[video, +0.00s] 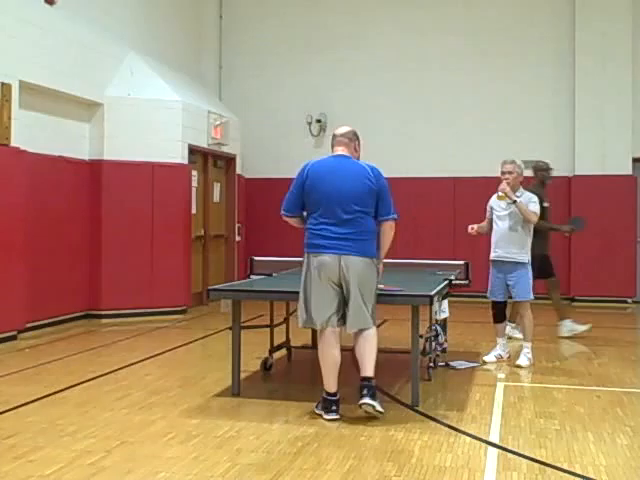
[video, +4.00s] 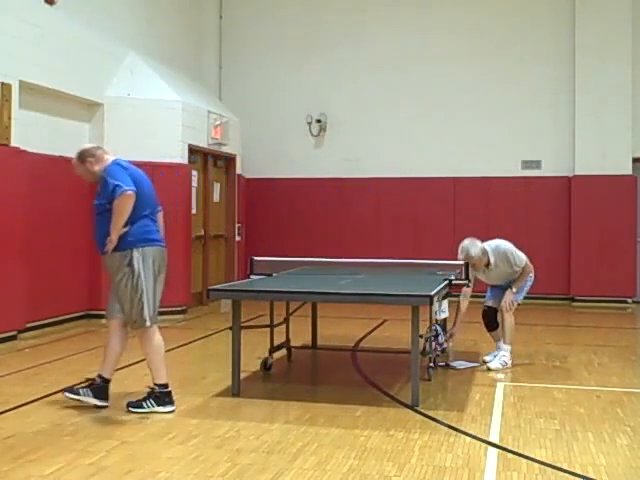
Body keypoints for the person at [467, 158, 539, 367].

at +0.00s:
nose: (506, 177)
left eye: (510, 173)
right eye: (503, 173)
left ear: (521, 176)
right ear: (500, 176)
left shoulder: (529, 198)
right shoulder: (494, 200)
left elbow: (533, 219)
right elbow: (488, 224)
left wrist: (513, 199)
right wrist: (478, 228)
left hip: (520, 260)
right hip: (497, 259)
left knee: (523, 305)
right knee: (497, 304)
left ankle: (527, 348)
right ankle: (501, 347)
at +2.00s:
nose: (501, 187)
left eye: (505, 183)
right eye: (499, 183)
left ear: (516, 181)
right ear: (497, 183)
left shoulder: (530, 201)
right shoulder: (494, 198)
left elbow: (537, 229)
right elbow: (481, 224)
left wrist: (513, 228)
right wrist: (482, 219)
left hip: (519, 261)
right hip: (497, 260)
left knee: (522, 305)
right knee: (497, 304)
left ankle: (526, 349)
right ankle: (501, 347)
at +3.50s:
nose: (480, 200)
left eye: (483, 195)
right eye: (478, 196)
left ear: (494, 190)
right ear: (477, 193)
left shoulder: (511, 205)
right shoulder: (476, 206)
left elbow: (520, 236)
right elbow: (471, 231)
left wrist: (504, 257)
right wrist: (475, 249)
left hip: (508, 263)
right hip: (487, 263)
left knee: (506, 305)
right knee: (490, 306)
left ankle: (508, 350)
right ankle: (499, 346)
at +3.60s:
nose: (476, 209)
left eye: (479, 206)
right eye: (474, 206)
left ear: (490, 200)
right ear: (473, 203)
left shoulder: (509, 212)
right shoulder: (474, 213)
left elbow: (518, 244)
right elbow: (472, 240)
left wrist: (504, 269)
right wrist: (473, 261)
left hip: (510, 263)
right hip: (489, 264)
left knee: (506, 305)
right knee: (489, 306)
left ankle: (506, 352)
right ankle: (499, 346)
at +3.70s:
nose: (471, 223)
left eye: (474, 220)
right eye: (470, 220)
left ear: (485, 214)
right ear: (469, 216)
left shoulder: (507, 222)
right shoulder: (471, 227)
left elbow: (519, 251)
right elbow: (470, 254)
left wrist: (507, 280)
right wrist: (469, 282)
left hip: (514, 267)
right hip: (492, 268)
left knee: (504, 306)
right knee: (488, 309)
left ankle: (506, 352)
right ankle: (500, 346)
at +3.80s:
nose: (470, 239)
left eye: (472, 235)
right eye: (468, 236)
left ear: (483, 229)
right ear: (466, 233)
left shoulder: (505, 232)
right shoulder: (469, 242)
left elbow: (522, 257)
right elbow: (467, 271)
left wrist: (509, 286)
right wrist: (464, 296)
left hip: (517, 271)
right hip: (495, 273)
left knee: (504, 307)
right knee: (488, 310)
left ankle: (506, 352)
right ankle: (499, 347)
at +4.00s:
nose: (472, 267)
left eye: (473, 263)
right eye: (469, 264)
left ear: (482, 256)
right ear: (466, 261)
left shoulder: (502, 248)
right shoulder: (471, 264)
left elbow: (528, 268)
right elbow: (465, 295)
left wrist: (512, 290)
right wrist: (455, 327)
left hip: (519, 277)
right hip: (496, 281)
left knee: (506, 307)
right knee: (488, 314)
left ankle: (506, 354)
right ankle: (500, 349)